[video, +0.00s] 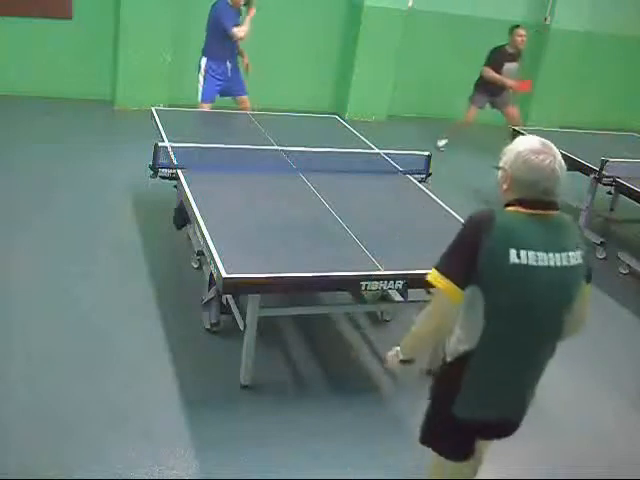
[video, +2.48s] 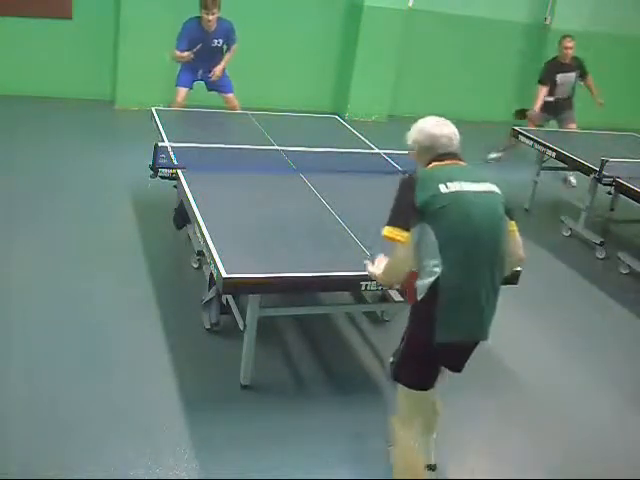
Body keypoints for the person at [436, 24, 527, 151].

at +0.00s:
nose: (522, 40)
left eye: (524, 36)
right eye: (519, 36)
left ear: (526, 39)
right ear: (511, 37)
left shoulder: (518, 55)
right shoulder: (498, 52)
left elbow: (508, 73)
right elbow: (486, 72)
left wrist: (514, 85)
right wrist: (508, 82)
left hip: (501, 91)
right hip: (483, 89)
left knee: (514, 117)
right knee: (469, 120)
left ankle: (518, 147)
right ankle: (446, 138)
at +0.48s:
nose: (514, 34)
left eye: (516, 31)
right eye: (510, 30)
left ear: (517, 33)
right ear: (501, 31)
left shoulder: (510, 49)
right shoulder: (487, 45)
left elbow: (513, 67)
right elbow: (473, 64)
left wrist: (520, 85)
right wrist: (484, 73)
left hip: (489, 86)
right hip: (473, 84)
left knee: (497, 117)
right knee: (469, 116)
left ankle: (481, 138)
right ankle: (446, 134)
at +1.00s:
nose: (489, 53)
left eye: (491, 50)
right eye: (486, 50)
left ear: (496, 49)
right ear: (481, 50)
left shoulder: (503, 58)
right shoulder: (476, 63)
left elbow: (513, 74)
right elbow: (474, 86)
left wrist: (520, 94)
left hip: (497, 95)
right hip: (479, 94)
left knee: (513, 122)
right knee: (473, 121)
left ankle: (506, 148)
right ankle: (455, 147)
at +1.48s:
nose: (528, 42)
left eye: (530, 39)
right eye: (524, 39)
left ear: (532, 41)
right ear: (517, 40)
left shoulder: (529, 55)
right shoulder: (510, 55)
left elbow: (533, 73)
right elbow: (527, 74)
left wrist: (539, 91)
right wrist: (553, 69)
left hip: (510, 93)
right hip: (493, 92)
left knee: (523, 123)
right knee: (486, 122)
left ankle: (512, 149)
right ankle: (461, 148)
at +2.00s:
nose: (546, 40)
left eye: (548, 37)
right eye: (543, 36)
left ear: (550, 39)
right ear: (536, 37)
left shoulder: (544, 54)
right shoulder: (522, 52)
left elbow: (545, 72)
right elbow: (507, 72)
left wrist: (550, 86)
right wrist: (520, 81)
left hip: (524, 91)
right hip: (508, 90)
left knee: (530, 123)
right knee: (500, 123)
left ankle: (513, 145)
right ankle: (495, 149)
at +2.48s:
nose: (568, 52)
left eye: (571, 48)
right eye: (565, 48)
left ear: (574, 49)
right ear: (560, 48)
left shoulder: (577, 64)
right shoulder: (551, 65)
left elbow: (586, 79)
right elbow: (543, 88)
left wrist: (596, 97)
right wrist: (535, 109)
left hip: (565, 105)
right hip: (547, 104)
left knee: (572, 135)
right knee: (526, 131)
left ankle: (569, 172)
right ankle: (503, 152)